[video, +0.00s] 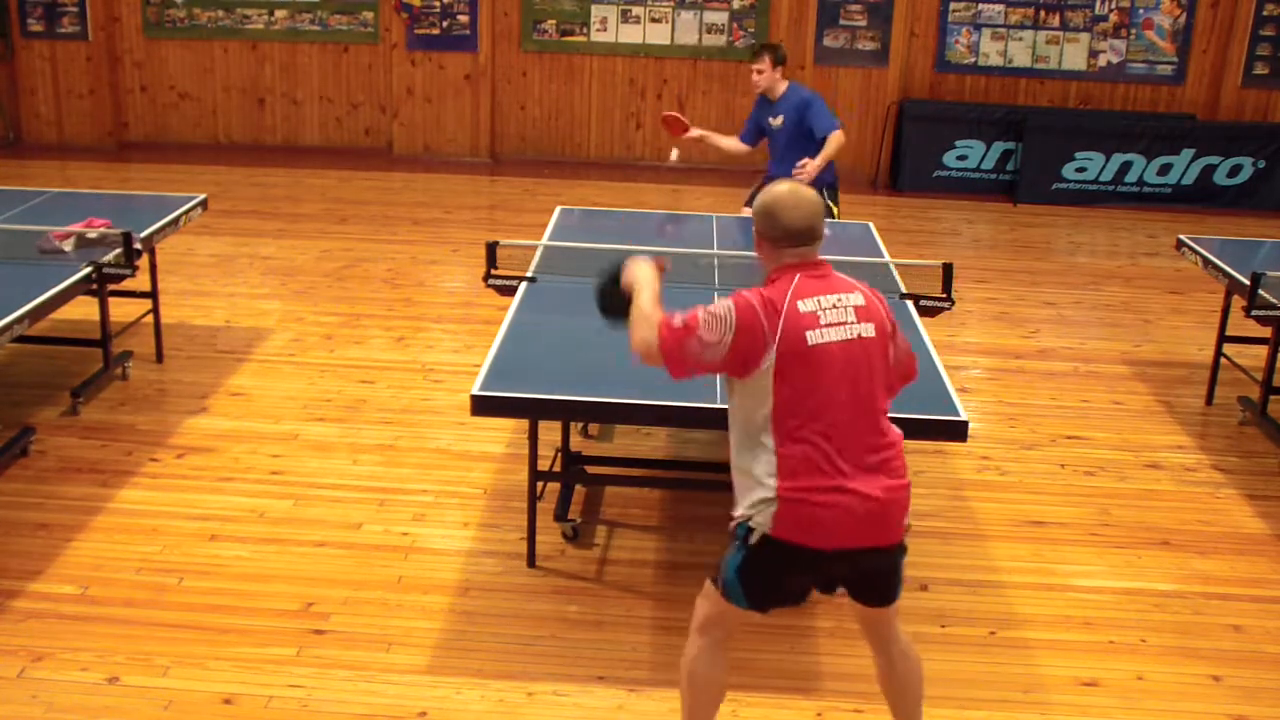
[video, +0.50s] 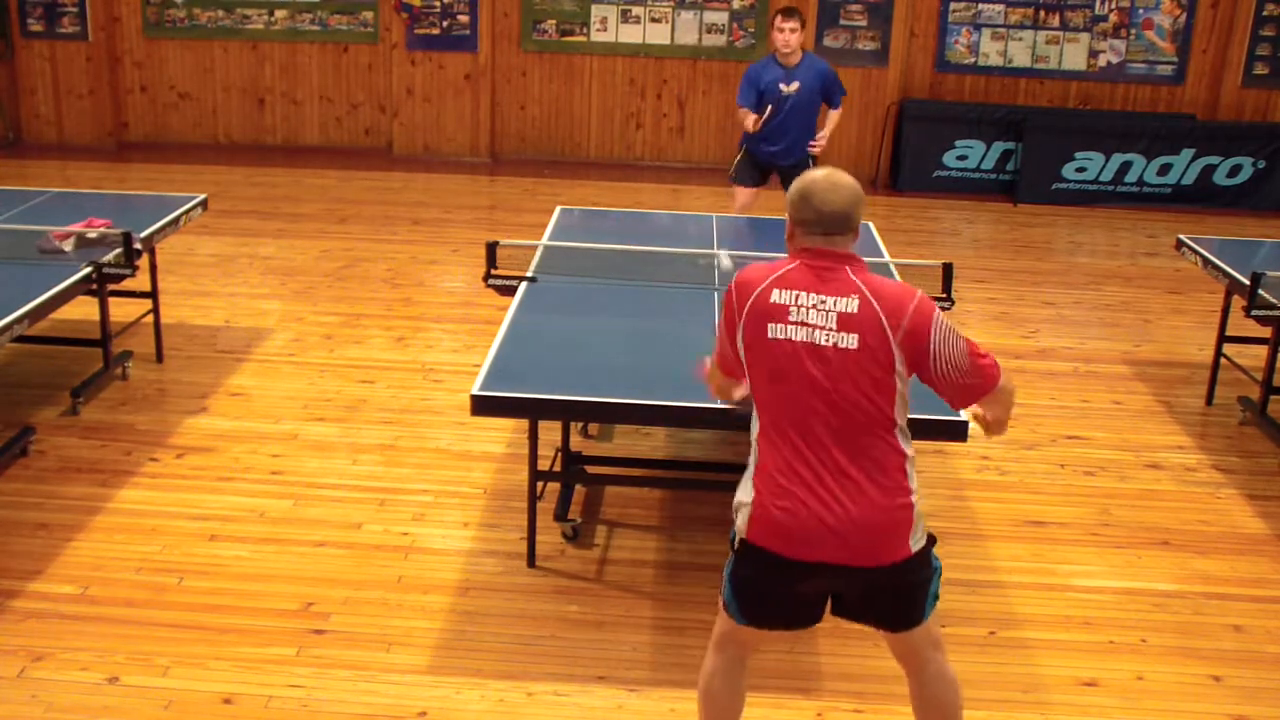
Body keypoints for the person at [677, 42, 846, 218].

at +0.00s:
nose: (754, 78)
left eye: (760, 72)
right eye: (752, 72)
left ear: (778, 72)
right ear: (750, 71)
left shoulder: (806, 99)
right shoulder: (763, 103)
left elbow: (837, 137)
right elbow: (743, 145)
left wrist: (816, 165)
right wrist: (703, 135)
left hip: (815, 185)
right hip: (777, 183)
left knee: (822, 241)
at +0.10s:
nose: (758, 69)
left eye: (765, 63)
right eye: (755, 62)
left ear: (781, 65)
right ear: (750, 62)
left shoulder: (806, 91)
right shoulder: (750, 104)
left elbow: (835, 127)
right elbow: (746, 150)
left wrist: (823, 145)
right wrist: (726, 141)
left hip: (803, 177)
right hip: (762, 177)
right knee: (740, 221)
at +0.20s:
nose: (771, 57)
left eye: (779, 52)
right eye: (767, 50)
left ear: (791, 55)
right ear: (761, 51)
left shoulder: (809, 84)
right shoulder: (751, 92)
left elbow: (830, 115)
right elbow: (748, 143)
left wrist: (834, 138)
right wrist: (755, 127)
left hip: (793, 169)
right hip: (752, 168)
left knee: (803, 229)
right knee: (737, 223)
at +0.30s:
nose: (783, 46)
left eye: (790, 40)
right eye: (778, 39)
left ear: (800, 43)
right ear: (770, 42)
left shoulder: (817, 77)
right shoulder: (755, 79)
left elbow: (828, 106)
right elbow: (748, 130)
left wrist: (831, 137)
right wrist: (761, 120)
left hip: (792, 159)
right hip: (753, 157)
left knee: (811, 217)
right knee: (743, 218)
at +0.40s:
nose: (788, 41)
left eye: (794, 35)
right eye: (782, 34)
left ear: (804, 39)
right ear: (773, 38)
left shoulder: (821, 74)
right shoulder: (759, 74)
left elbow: (830, 107)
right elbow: (744, 116)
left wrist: (828, 140)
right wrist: (756, 119)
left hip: (794, 155)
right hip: (755, 152)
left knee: (807, 213)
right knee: (739, 213)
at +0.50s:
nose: (786, 37)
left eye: (793, 31)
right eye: (780, 31)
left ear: (802, 34)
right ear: (772, 34)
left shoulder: (820, 70)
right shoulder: (757, 71)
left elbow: (836, 103)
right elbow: (744, 107)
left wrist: (825, 132)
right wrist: (749, 119)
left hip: (797, 153)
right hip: (757, 150)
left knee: (803, 213)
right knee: (741, 206)